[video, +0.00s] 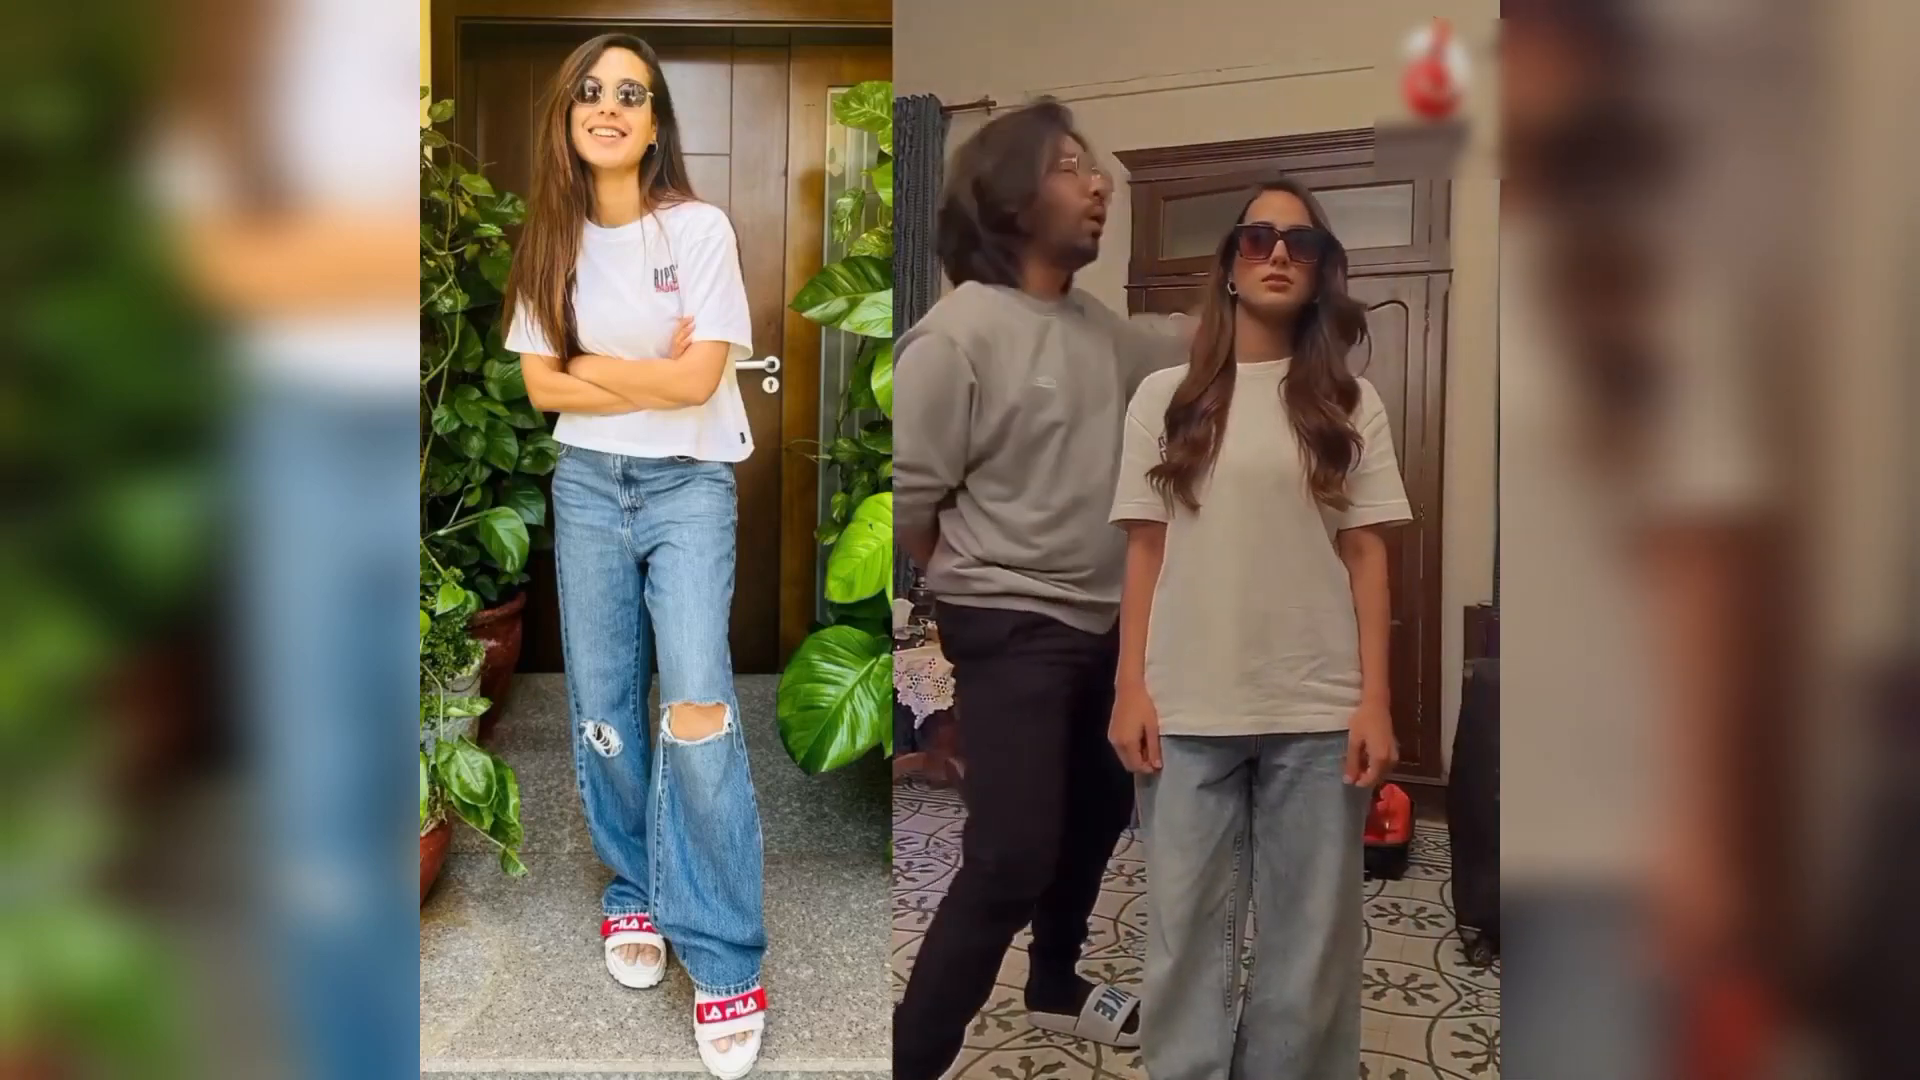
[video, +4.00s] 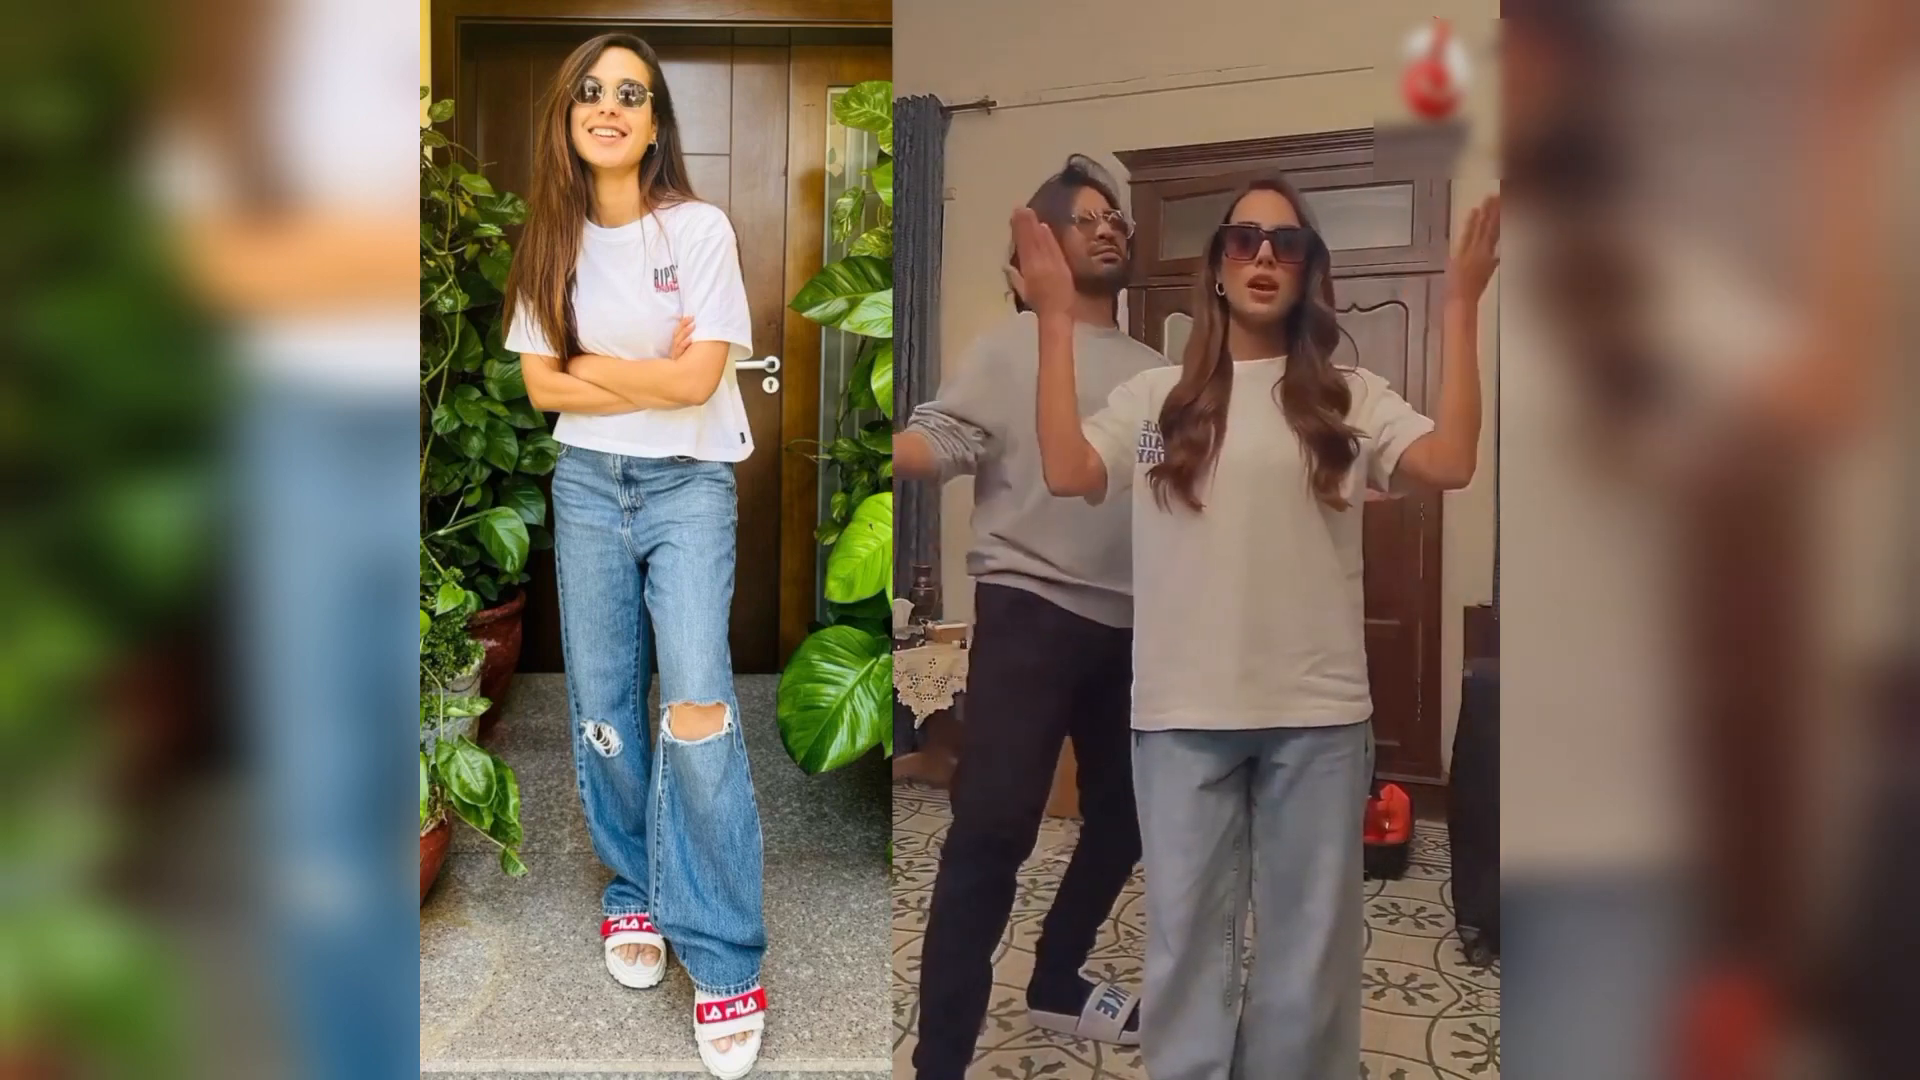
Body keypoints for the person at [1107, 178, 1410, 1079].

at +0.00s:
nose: (1278, 252)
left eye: (1299, 241)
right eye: (1259, 239)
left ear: (1324, 269)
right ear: (1228, 265)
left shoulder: (1351, 400)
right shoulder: (1167, 395)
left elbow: (1366, 556)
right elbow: (1145, 551)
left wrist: (1374, 701)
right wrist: (1131, 683)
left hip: (1319, 715)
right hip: (1187, 714)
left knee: (1310, 955)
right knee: (1179, 944)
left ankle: (1286, 1072)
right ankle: (1183, 1068)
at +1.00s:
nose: (1283, 248)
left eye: (1305, 239)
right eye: (1265, 234)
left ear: (1329, 269)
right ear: (1234, 261)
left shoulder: (1356, 396)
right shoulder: (1172, 394)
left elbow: (1373, 554)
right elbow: (1149, 549)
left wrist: (1377, 701)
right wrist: (1136, 683)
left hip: (1324, 717)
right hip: (1192, 714)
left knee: (1313, 956)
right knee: (1182, 944)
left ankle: (1290, 1073)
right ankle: (1183, 1069)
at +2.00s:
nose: (1272, 252)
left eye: (1294, 241)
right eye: (1253, 238)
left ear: (1318, 269)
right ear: (1225, 264)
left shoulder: (1358, 396)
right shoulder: (1174, 396)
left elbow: (1373, 555)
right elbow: (1150, 548)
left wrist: (1375, 699)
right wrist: (1134, 684)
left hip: (1324, 717)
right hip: (1191, 716)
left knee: (1312, 959)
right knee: (1184, 949)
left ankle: (1289, 1074)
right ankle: (1186, 1070)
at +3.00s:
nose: (1269, 245)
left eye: (1290, 233)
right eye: (1250, 231)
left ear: (1317, 262)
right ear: (1220, 259)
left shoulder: (1351, 386)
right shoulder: (1165, 387)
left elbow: (1368, 543)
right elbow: (1159, 540)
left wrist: (1422, 432)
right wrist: (1091, 450)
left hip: (1318, 694)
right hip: (1184, 694)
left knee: (1310, 944)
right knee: (1182, 936)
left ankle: (1295, 1070)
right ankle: (1186, 1066)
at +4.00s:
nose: (1264, 256)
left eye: (1286, 243)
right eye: (1245, 240)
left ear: (1311, 271)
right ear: (1217, 266)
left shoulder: (1346, 392)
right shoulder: (1160, 391)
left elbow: (1452, 464)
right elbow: (1069, 470)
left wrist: (1463, 303)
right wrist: (1054, 311)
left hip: (1319, 717)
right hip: (1182, 719)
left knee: (1311, 960)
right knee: (1182, 950)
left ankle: (1295, 1072)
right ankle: (1185, 1068)